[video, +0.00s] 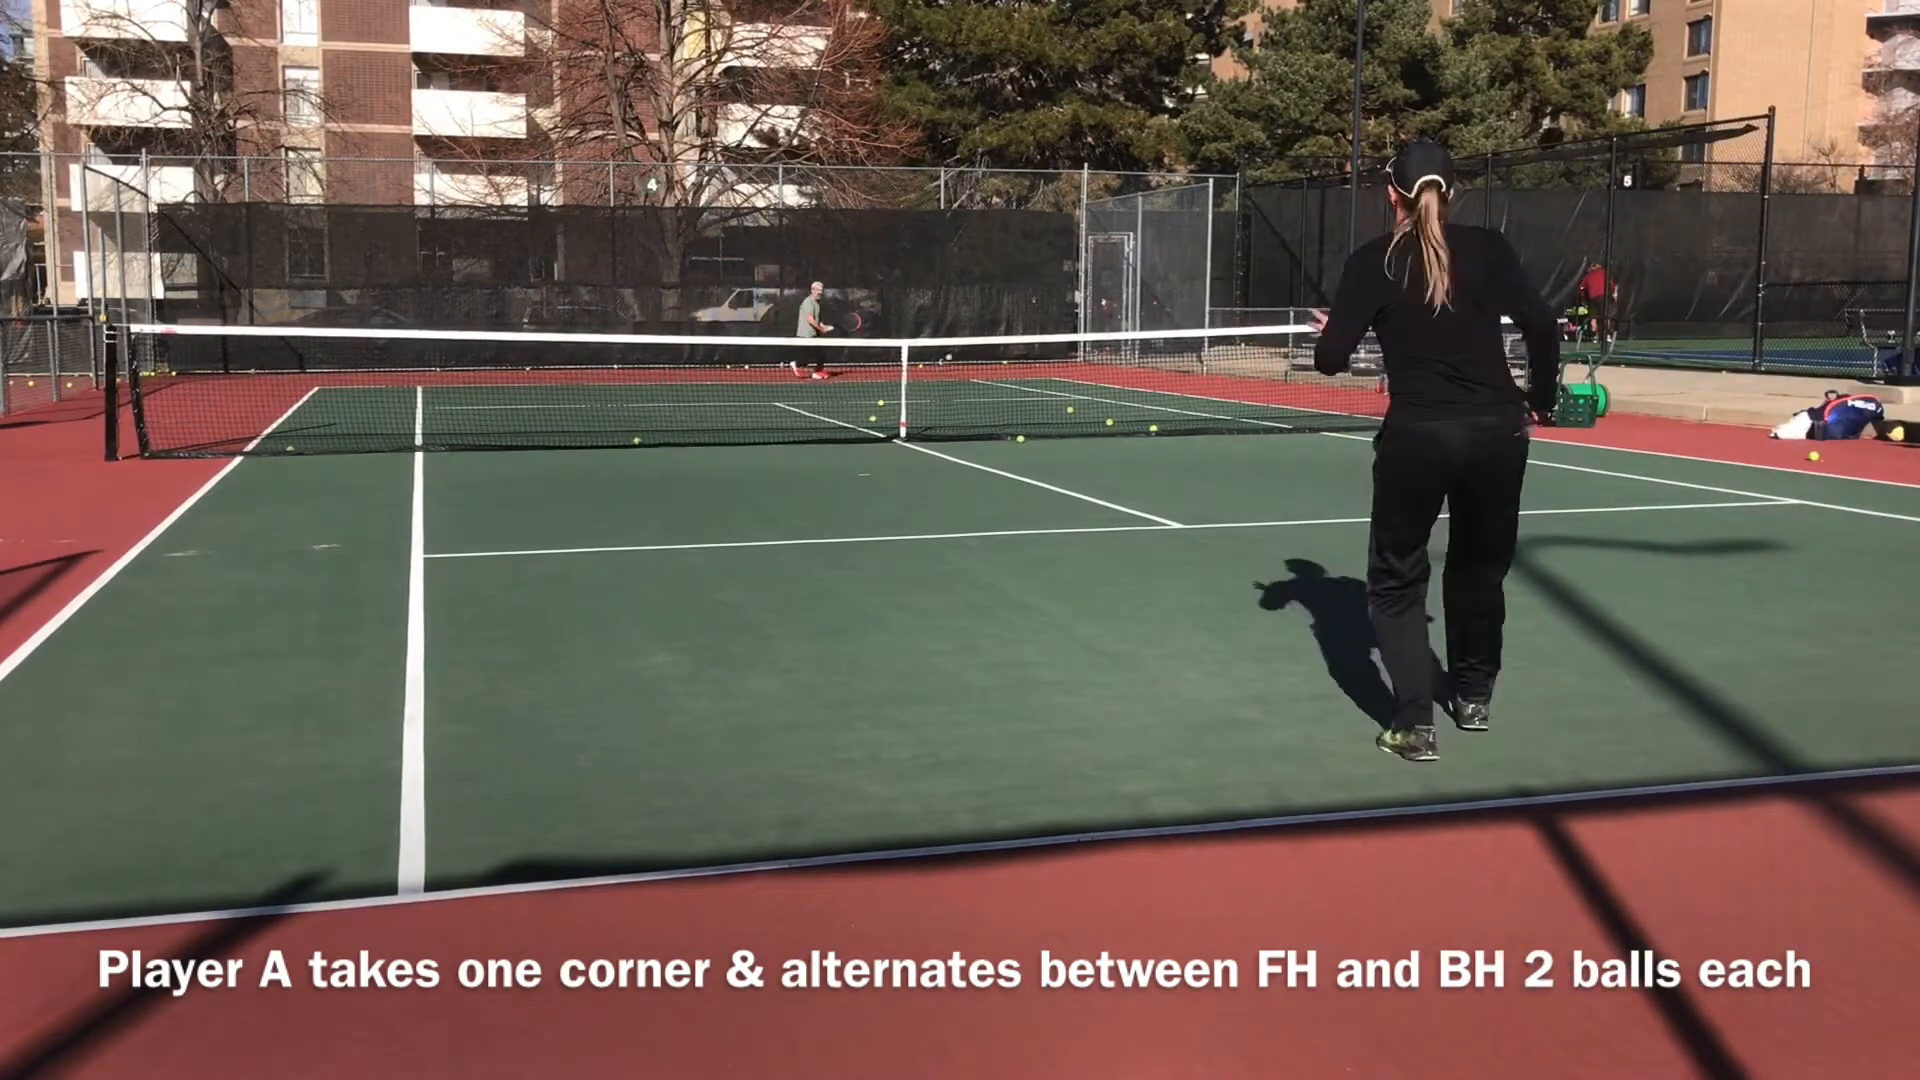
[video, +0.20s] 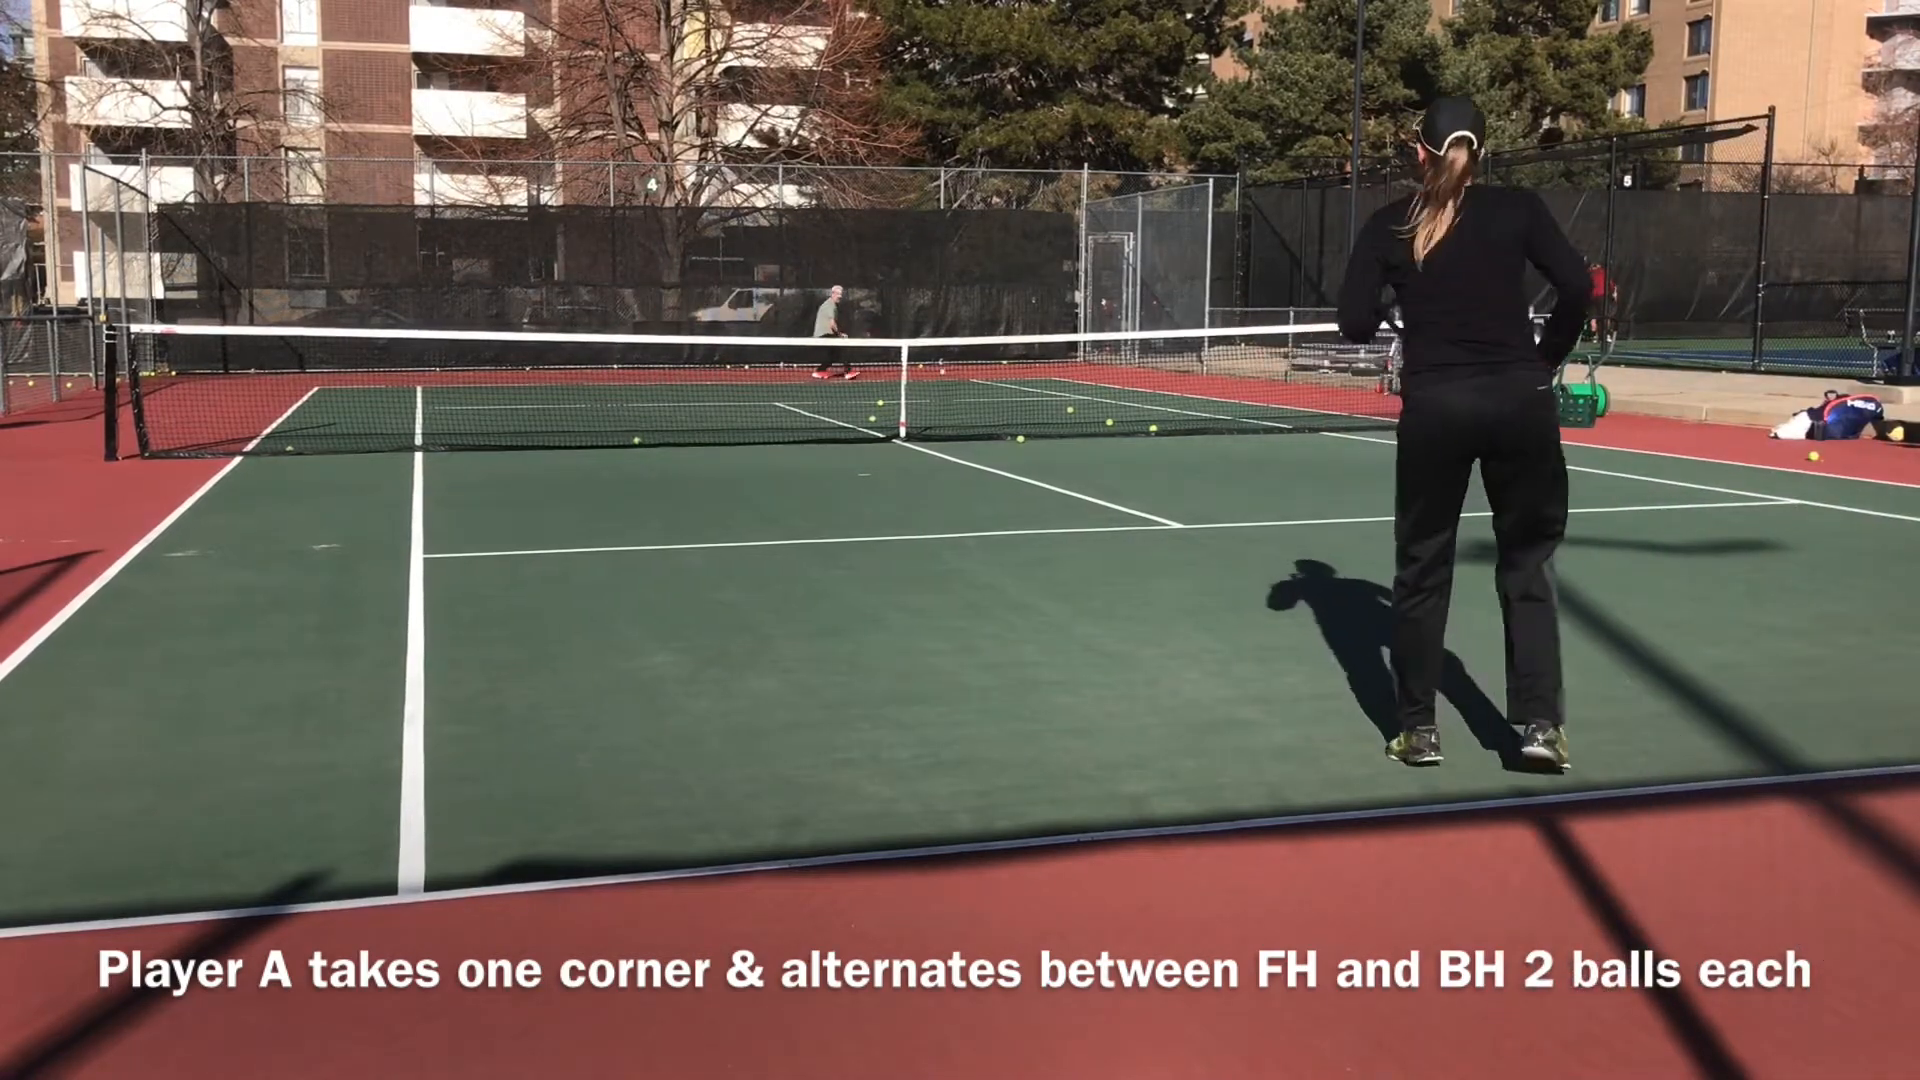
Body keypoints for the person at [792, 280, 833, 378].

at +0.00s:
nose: (819, 292)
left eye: (821, 290)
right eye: (817, 290)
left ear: (821, 291)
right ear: (812, 290)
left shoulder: (816, 304)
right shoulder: (808, 303)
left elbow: (816, 319)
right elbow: (810, 319)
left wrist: (823, 327)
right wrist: (820, 328)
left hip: (812, 334)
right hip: (805, 335)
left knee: (820, 353)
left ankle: (819, 370)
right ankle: (797, 364)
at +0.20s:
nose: (839, 296)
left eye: (840, 294)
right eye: (837, 293)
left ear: (841, 295)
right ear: (832, 294)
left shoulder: (827, 304)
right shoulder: (831, 305)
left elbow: (829, 322)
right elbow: (832, 322)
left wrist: (836, 332)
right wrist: (838, 333)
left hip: (821, 334)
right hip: (825, 334)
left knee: (833, 354)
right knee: (844, 347)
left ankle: (820, 370)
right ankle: (848, 370)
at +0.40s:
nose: (862, 300)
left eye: (862, 298)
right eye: (859, 298)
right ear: (854, 298)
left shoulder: (847, 308)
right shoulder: (852, 309)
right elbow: (855, 328)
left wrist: (853, 331)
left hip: (840, 337)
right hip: (846, 337)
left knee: (840, 358)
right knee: (862, 352)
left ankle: (822, 368)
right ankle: (871, 371)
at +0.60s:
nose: (885, 307)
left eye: (885, 304)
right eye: (883, 304)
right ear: (875, 304)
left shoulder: (877, 316)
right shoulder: (868, 315)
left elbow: (882, 331)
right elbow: (876, 333)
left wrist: (881, 334)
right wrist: (883, 333)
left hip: (865, 340)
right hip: (857, 340)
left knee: (856, 364)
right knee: (876, 351)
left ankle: (836, 368)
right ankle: (876, 374)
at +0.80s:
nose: (894, 304)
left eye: (895, 302)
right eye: (892, 301)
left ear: (896, 303)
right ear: (887, 302)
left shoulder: (890, 312)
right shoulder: (878, 308)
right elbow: (876, 324)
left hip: (877, 337)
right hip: (867, 334)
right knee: (877, 353)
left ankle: (842, 365)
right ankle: (876, 374)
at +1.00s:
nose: (900, 296)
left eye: (901, 294)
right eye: (897, 293)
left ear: (902, 295)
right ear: (890, 294)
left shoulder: (895, 308)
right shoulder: (884, 303)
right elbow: (873, 313)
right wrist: (881, 300)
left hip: (884, 334)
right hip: (874, 331)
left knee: (887, 353)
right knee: (882, 351)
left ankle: (879, 371)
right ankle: (876, 371)